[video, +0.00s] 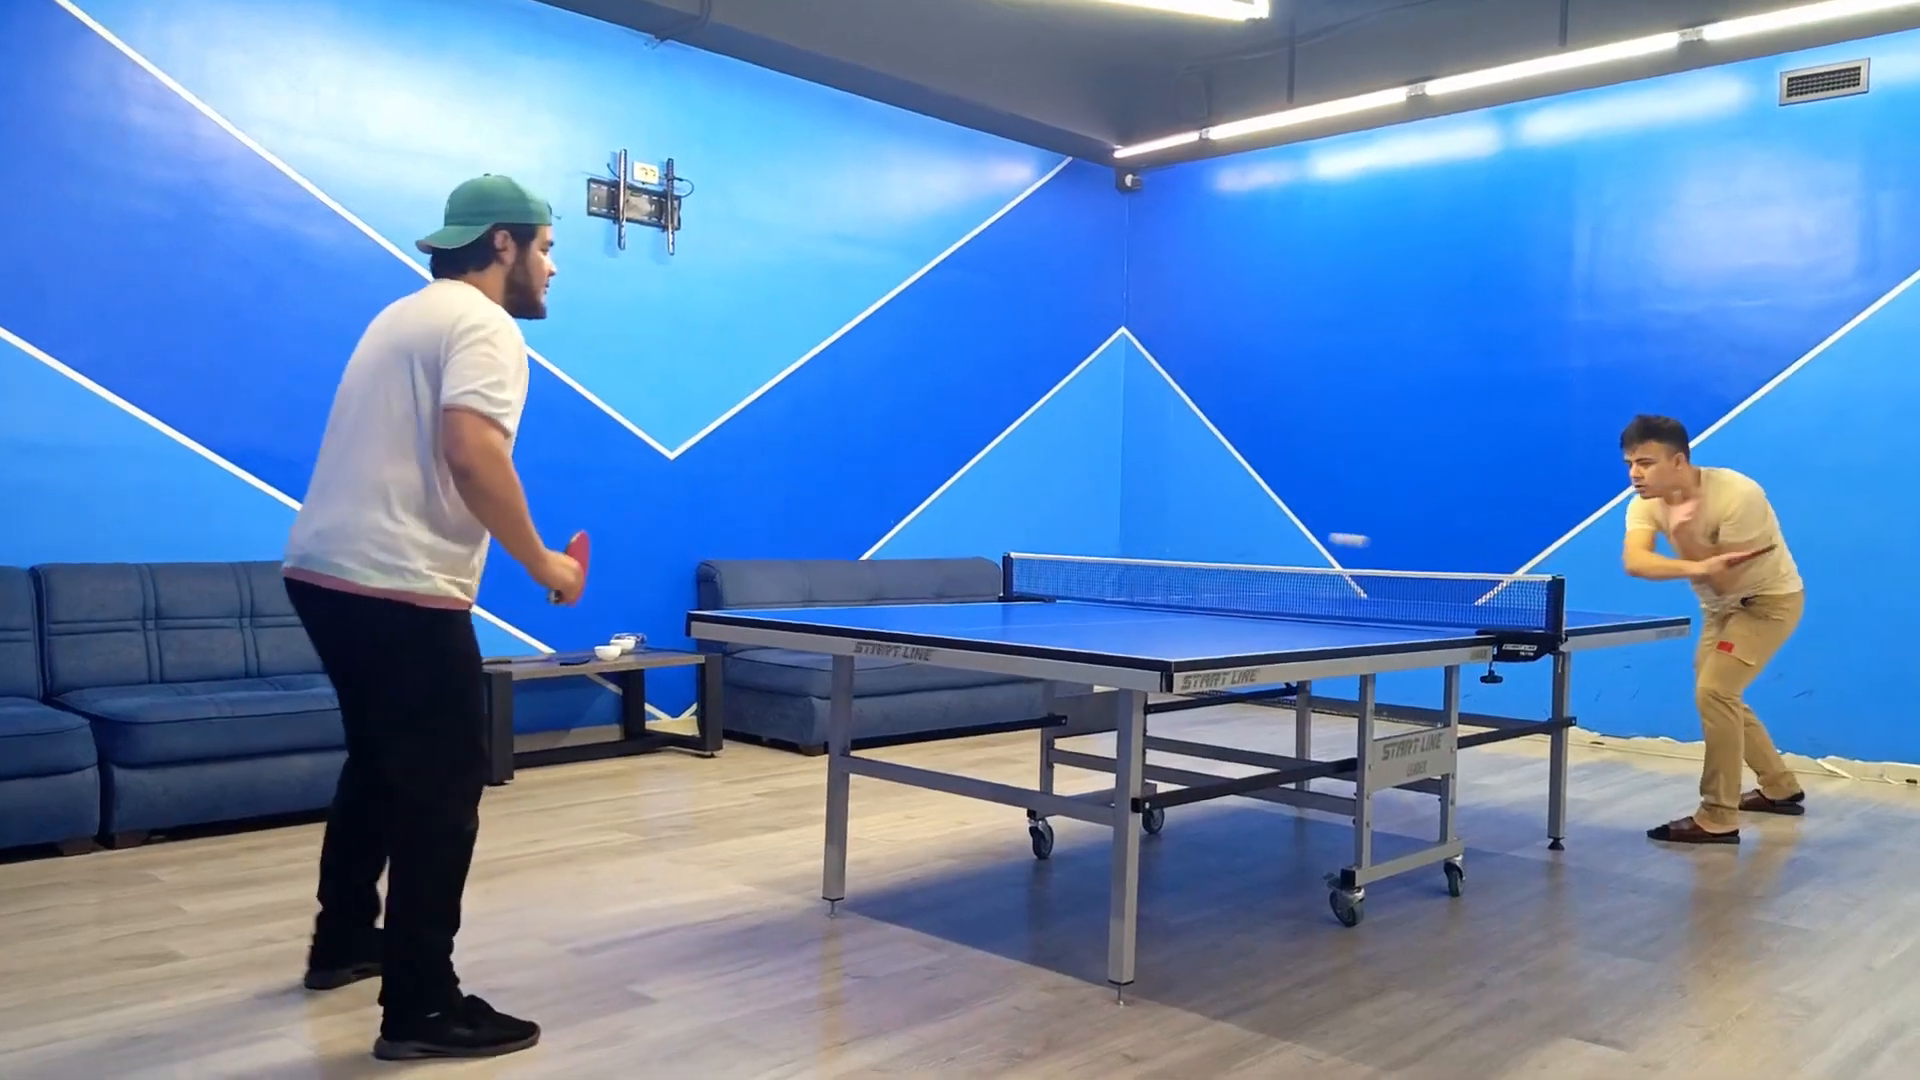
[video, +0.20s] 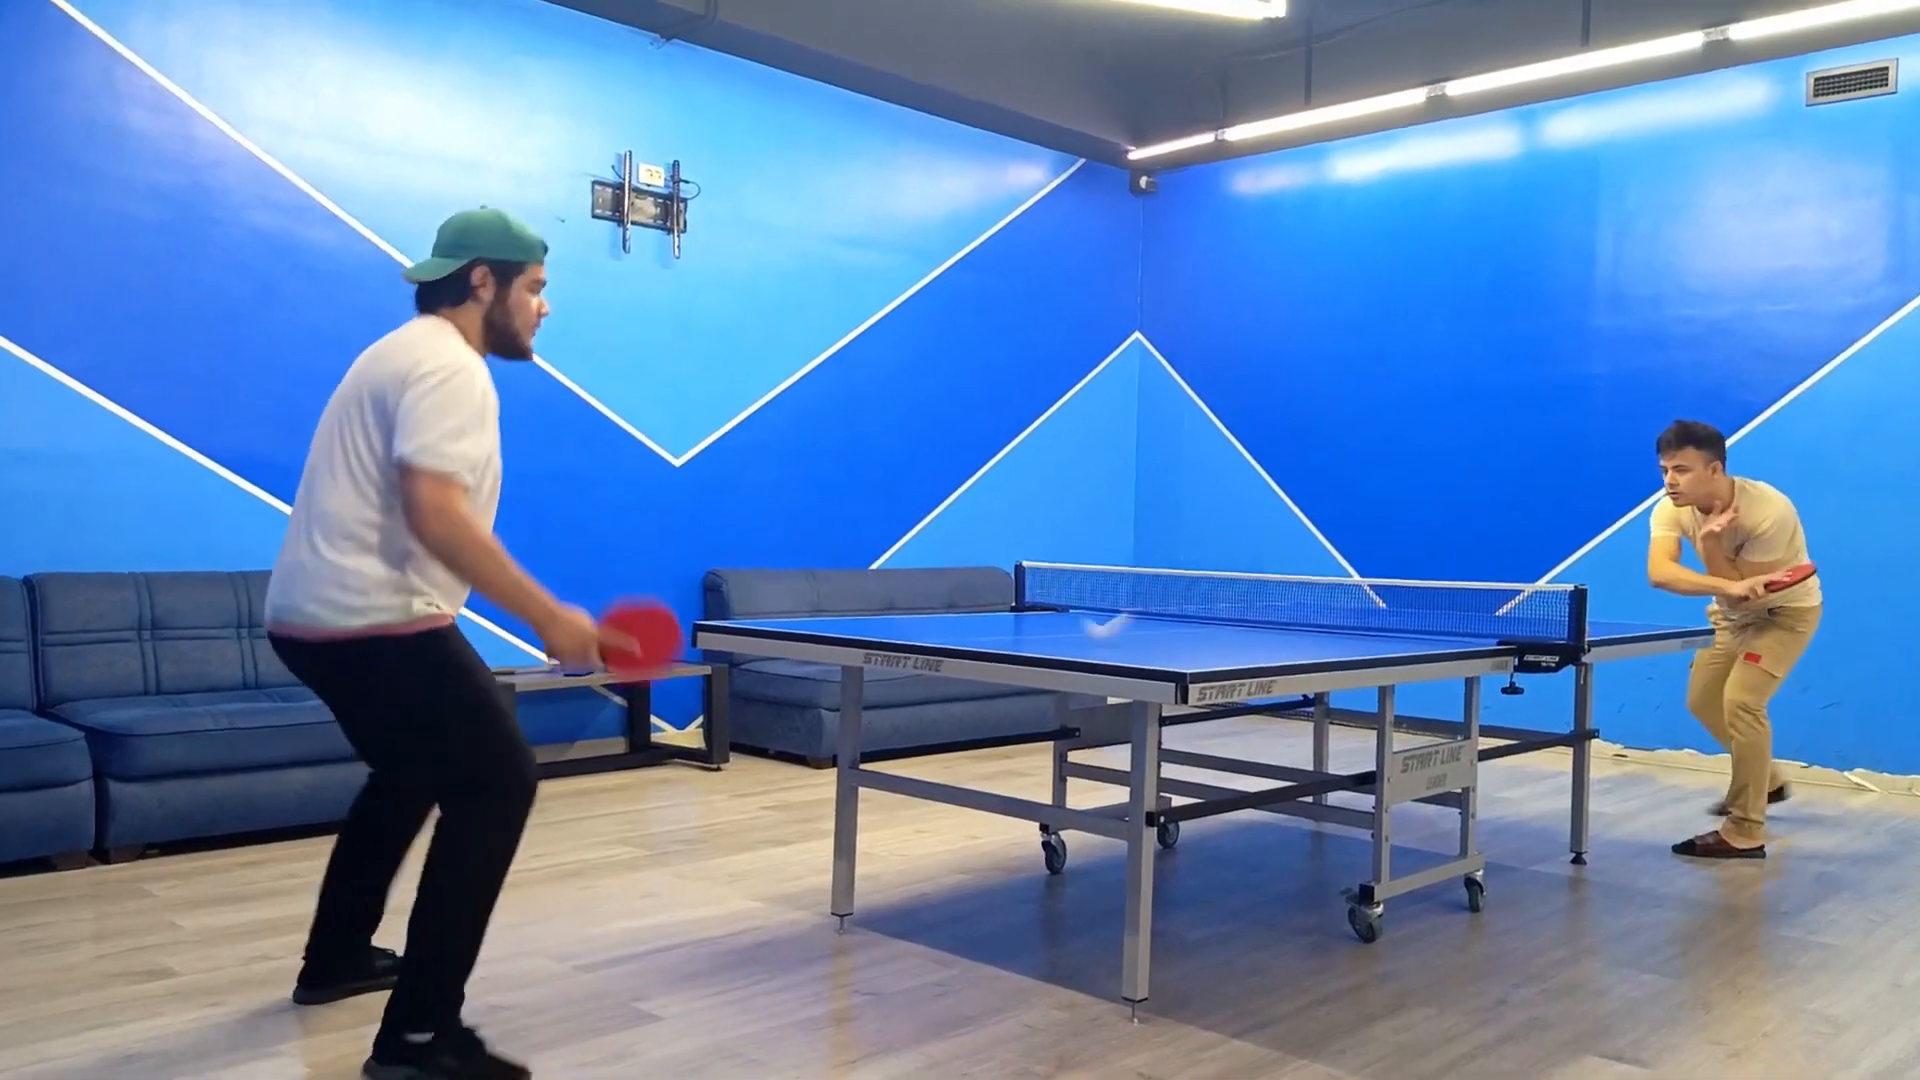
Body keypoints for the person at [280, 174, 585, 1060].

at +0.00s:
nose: (551, 267)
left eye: (550, 251)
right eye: (543, 250)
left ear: (471, 251)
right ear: (502, 248)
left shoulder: (404, 315)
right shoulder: (482, 324)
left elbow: (375, 454)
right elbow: (472, 452)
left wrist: (434, 564)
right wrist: (542, 560)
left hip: (330, 580)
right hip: (399, 592)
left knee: (380, 759)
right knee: (446, 781)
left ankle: (344, 936)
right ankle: (422, 1002)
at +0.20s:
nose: (544, 306)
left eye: (544, 289)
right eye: (534, 288)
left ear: (471, 287)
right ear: (481, 284)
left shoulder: (399, 353)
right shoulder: (447, 366)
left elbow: (401, 515)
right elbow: (436, 516)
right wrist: (554, 621)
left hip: (321, 616)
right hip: (379, 620)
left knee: (409, 769)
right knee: (499, 782)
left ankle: (336, 955)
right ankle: (422, 1028)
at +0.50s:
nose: (463, 323)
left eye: (461, 304)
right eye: (450, 302)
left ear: (382, 300)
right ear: (388, 298)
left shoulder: (298, 381)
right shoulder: (362, 408)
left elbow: (291, 540)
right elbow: (478, 556)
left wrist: (382, 616)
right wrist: (649, 575)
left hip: (235, 671)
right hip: (296, 677)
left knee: (347, 799)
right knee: (457, 826)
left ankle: (306, 977)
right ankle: (388, 1062)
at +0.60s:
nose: (381, 276)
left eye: (379, 256)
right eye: (370, 255)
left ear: (303, 259)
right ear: (311, 256)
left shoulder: (208, 344)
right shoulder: (291, 375)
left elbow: (244, 503)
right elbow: (388, 534)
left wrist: (351, 578)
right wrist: (562, 581)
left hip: (145, 651)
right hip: (225, 659)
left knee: (259, 789)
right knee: (372, 821)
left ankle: (193, 997)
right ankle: (342, 1054)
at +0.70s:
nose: (287, 239)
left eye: (283, 217)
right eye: (273, 216)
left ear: (207, 220)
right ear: (217, 218)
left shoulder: (115, 316)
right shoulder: (189, 340)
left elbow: (164, 493)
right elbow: (224, 514)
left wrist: (273, 560)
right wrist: (403, 599)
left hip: (65, 637)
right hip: (141, 644)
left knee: (154, 806)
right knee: (274, 818)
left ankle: (9, 1015)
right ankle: (295, 1052)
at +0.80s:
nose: (242, 222)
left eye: (238, 200)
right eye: (228, 200)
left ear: (168, 205)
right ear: (167, 201)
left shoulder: (123, 315)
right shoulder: (118, 317)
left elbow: (164, 518)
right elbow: (110, 499)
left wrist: (286, 601)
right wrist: (265, 607)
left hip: (65, 663)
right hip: (116, 664)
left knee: (39, 869)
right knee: (228, 856)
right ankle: (300, 1052)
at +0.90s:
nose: (197, 221)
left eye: (194, 200)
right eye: (181, 198)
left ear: (117, 201)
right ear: (116, 197)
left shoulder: (84, 314)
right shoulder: (52, 312)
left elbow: (86, 501)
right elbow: (7, 493)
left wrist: (197, 593)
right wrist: (124, 638)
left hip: (64, 675)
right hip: (56, 679)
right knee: (184, 880)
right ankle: (296, 1061)